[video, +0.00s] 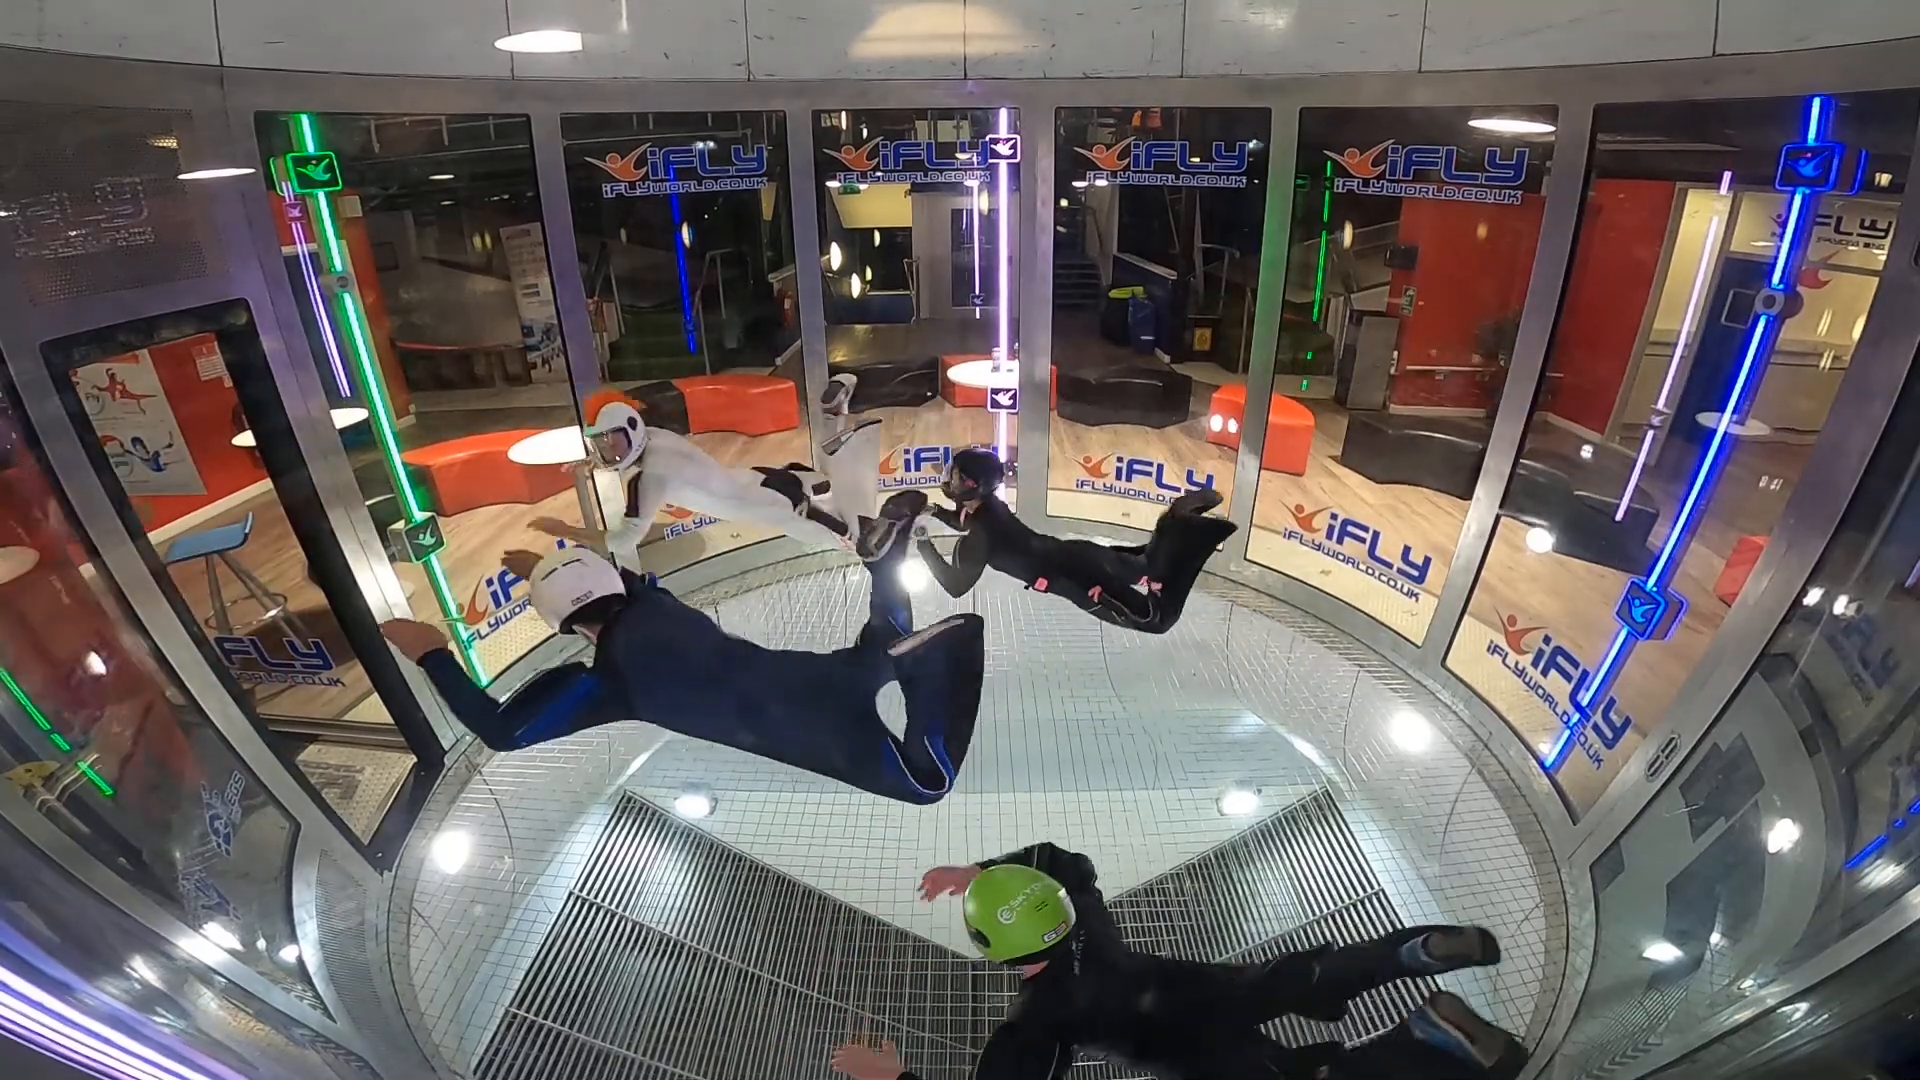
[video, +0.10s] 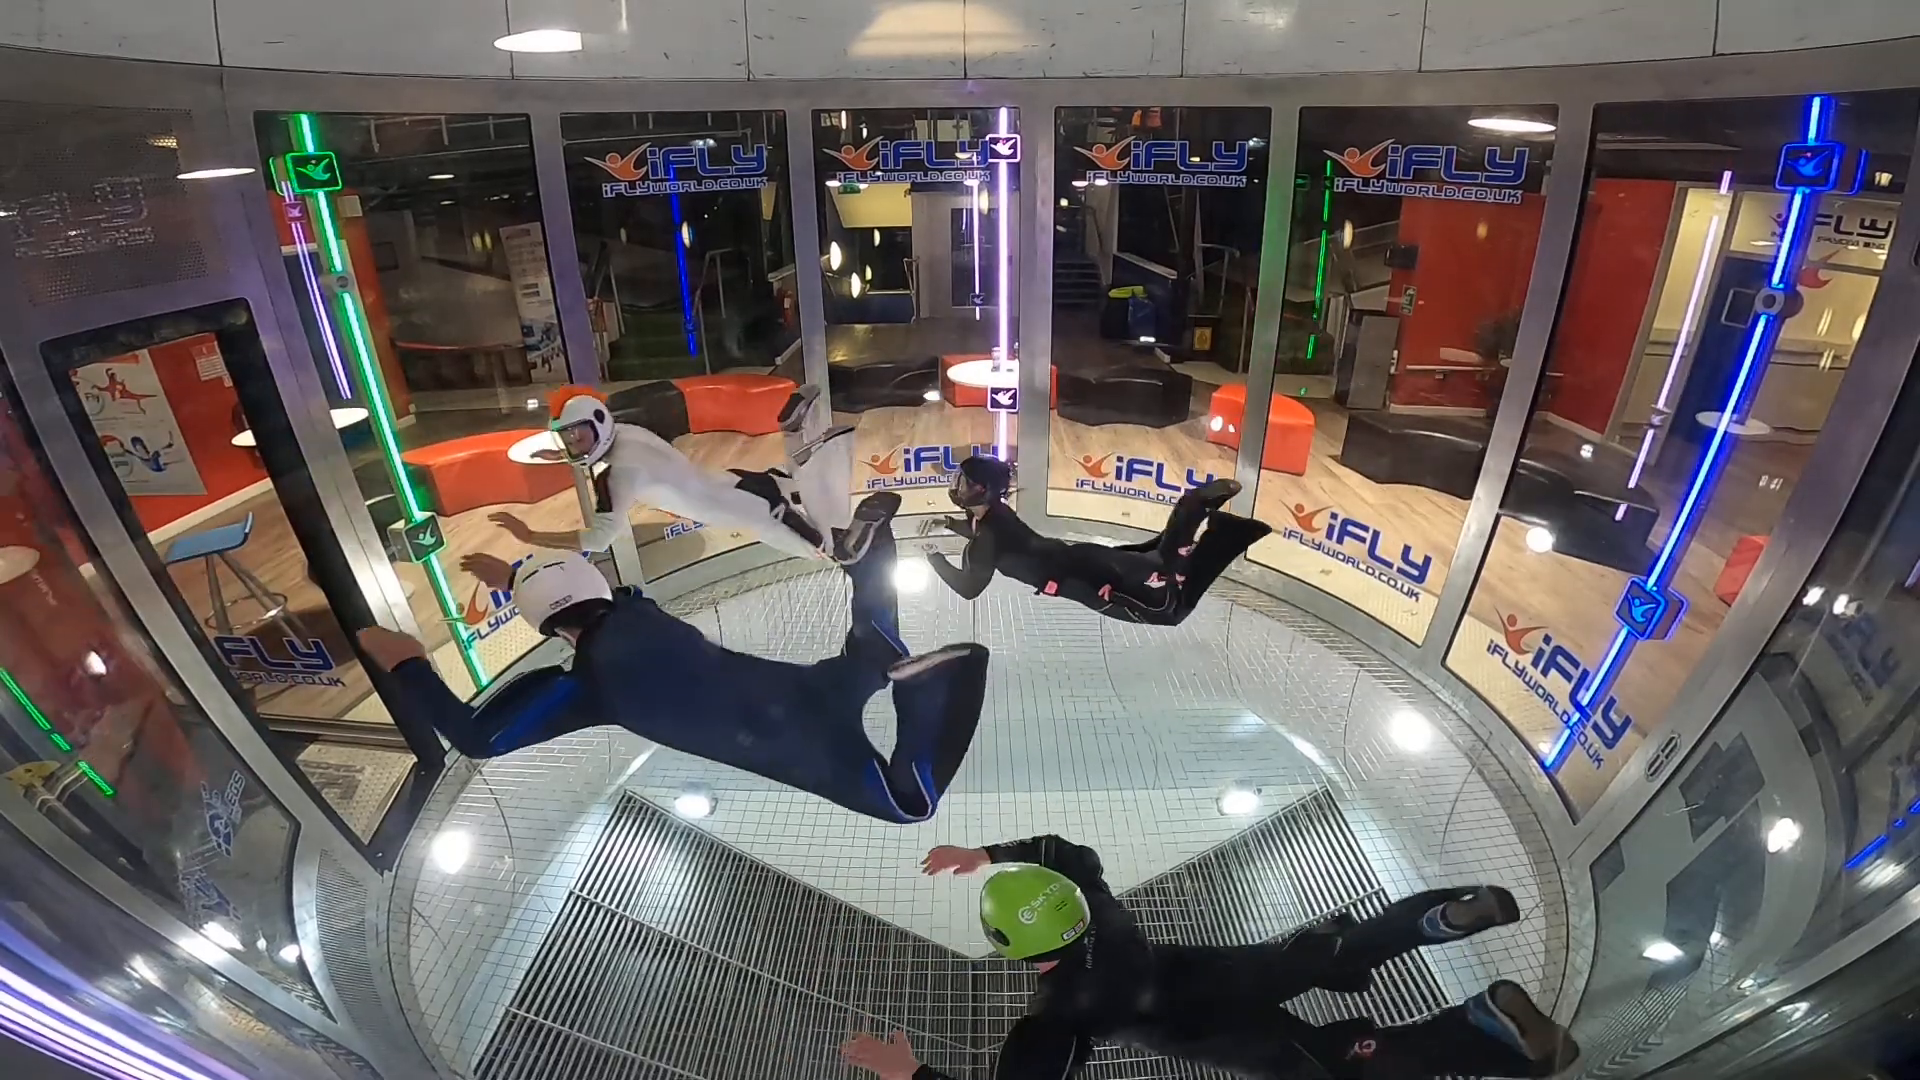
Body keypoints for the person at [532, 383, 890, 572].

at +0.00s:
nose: (608, 450)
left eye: (613, 440)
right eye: (603, 443)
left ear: (632, 432)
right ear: (614, 435)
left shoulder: (652, 471)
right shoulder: (654, 439)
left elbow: (627, 537)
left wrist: (568, 533)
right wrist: (608, 464)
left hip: (772, 502)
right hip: (766, 480)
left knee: (865, 538)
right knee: (820, 478)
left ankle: (927, 515)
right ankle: (835, 417)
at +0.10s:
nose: (576, 443)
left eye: (580, 432)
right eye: (569, 436)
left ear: (599, 425)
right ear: (571, 434)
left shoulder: (621, 471)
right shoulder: (623, 432)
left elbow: (603, 535)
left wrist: (532, 537)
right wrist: (561, 458)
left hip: (753, 512)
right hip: (742, 488)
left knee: (840, 547)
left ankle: (883, 508)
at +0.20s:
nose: (546, 442)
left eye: (551, 429)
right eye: (538, 435)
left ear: (573, 419)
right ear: (535, 435)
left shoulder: (595, 470)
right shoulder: (603, 434)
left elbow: (568, 538)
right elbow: (652, 456)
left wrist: (499, 532)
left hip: (727, 517)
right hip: (715, 492)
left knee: (813, 555)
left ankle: (797, 460)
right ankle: (777, 461)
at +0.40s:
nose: (500, 439)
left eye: (506, 426)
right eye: (490, 432)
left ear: (530, 419)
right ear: (485, 436)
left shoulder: (551, 470)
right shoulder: (553, 449)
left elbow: (528, 536)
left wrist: (454, 511)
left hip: (684, 530)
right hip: (675, 514)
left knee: (784, 579)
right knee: (766, 568)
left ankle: (768, 476)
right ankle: (748, 478)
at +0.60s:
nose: (480, 457)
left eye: (488, 444)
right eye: (470, 449)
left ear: (515, 436)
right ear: (469, 451)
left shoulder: (536, 485)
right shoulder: (536, 464)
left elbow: (499, 561)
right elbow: (611, 497)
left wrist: (400, 551)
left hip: (677, 560)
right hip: (664, 541)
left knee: (778, 614)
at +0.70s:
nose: (486, 471)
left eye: (493, 457)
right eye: (476, 464)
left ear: (522, 449)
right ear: (472, 469)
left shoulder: (537, 504)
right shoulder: (545, 475)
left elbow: (492, 578)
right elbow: (616, 511)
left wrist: (391, 565)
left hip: (689, 574)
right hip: (682, 557)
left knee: (787, 638)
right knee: (772, 625)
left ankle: (772, 536)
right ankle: (774, 524)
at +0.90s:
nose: (522, 514)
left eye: (529, 500)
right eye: (515, 506)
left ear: (558, 489)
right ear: (529, 501)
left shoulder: (574, 543)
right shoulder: (588, 508)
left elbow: (522, 614)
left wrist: (429, 599)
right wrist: (522, 534)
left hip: (735, 610)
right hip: (733, 592)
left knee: (843, 669)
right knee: (833, 658)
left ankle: (824, 558)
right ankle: (823, 559)